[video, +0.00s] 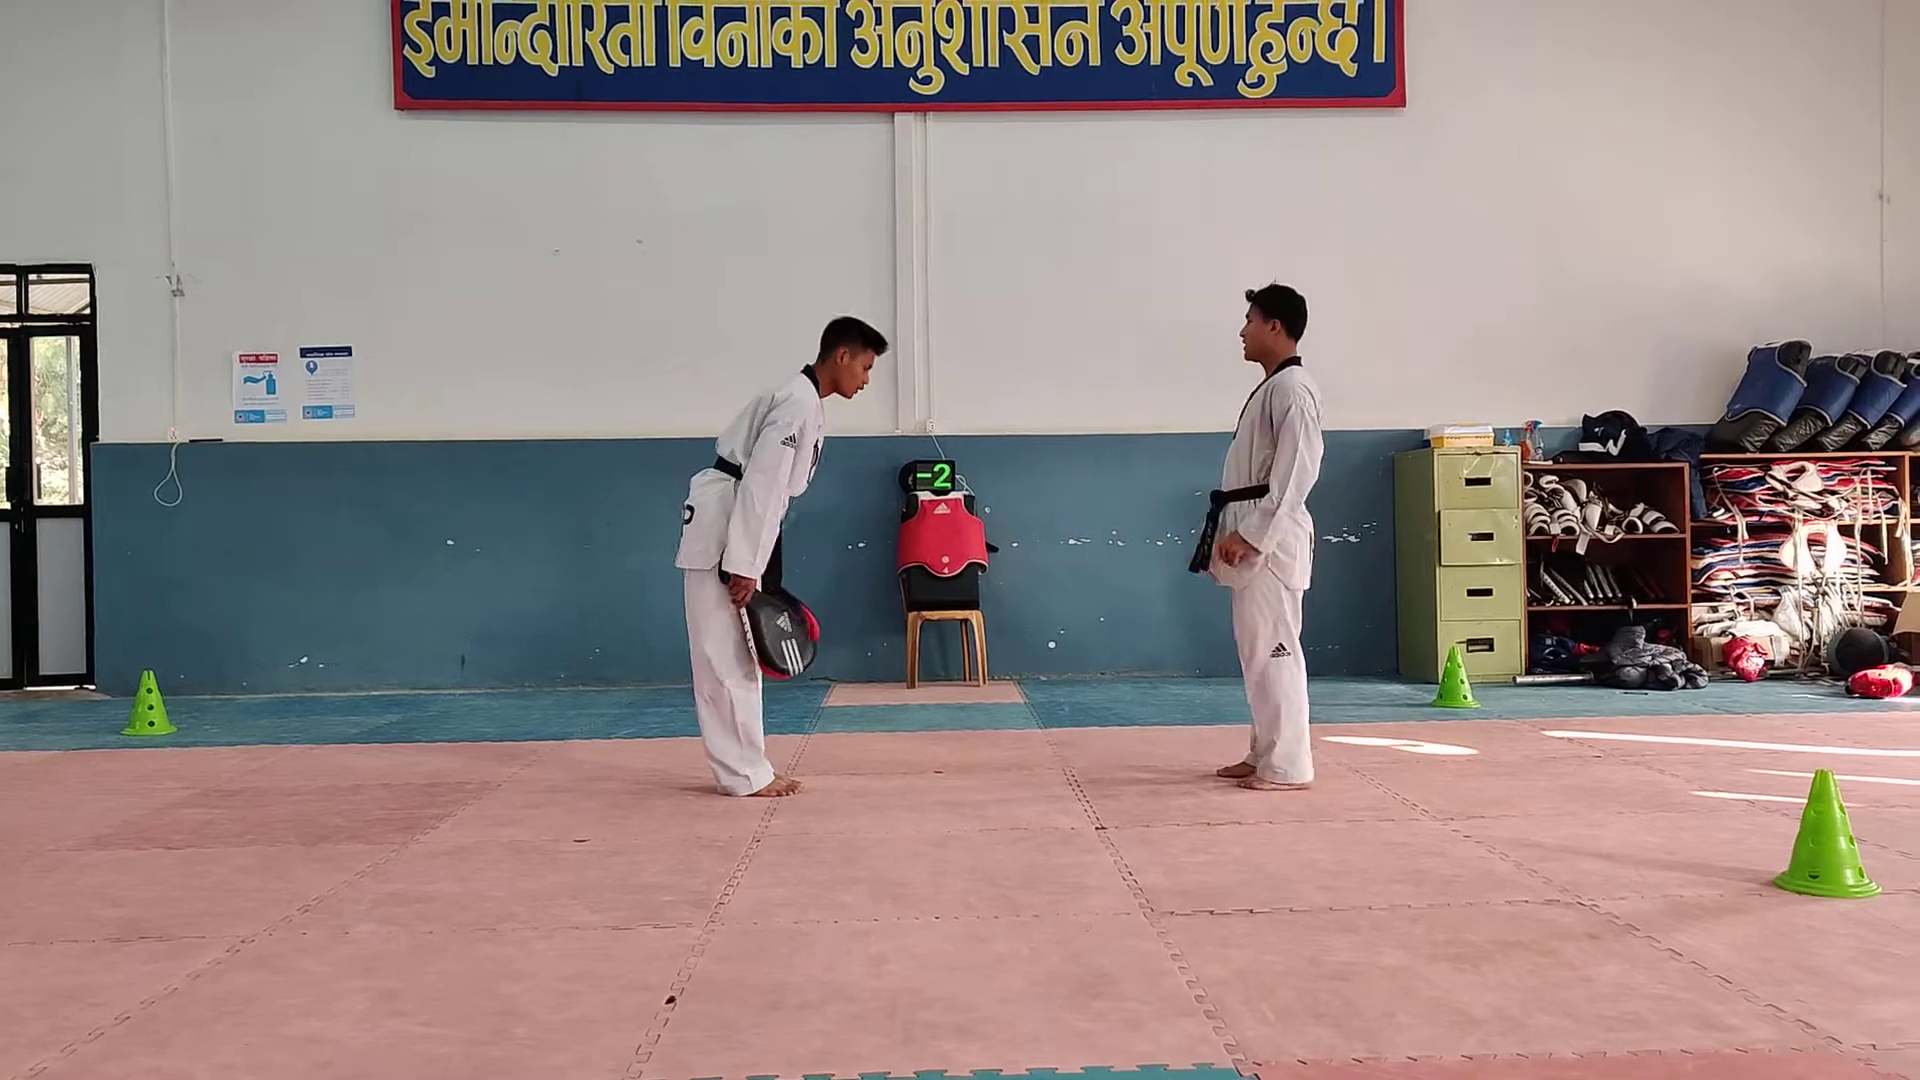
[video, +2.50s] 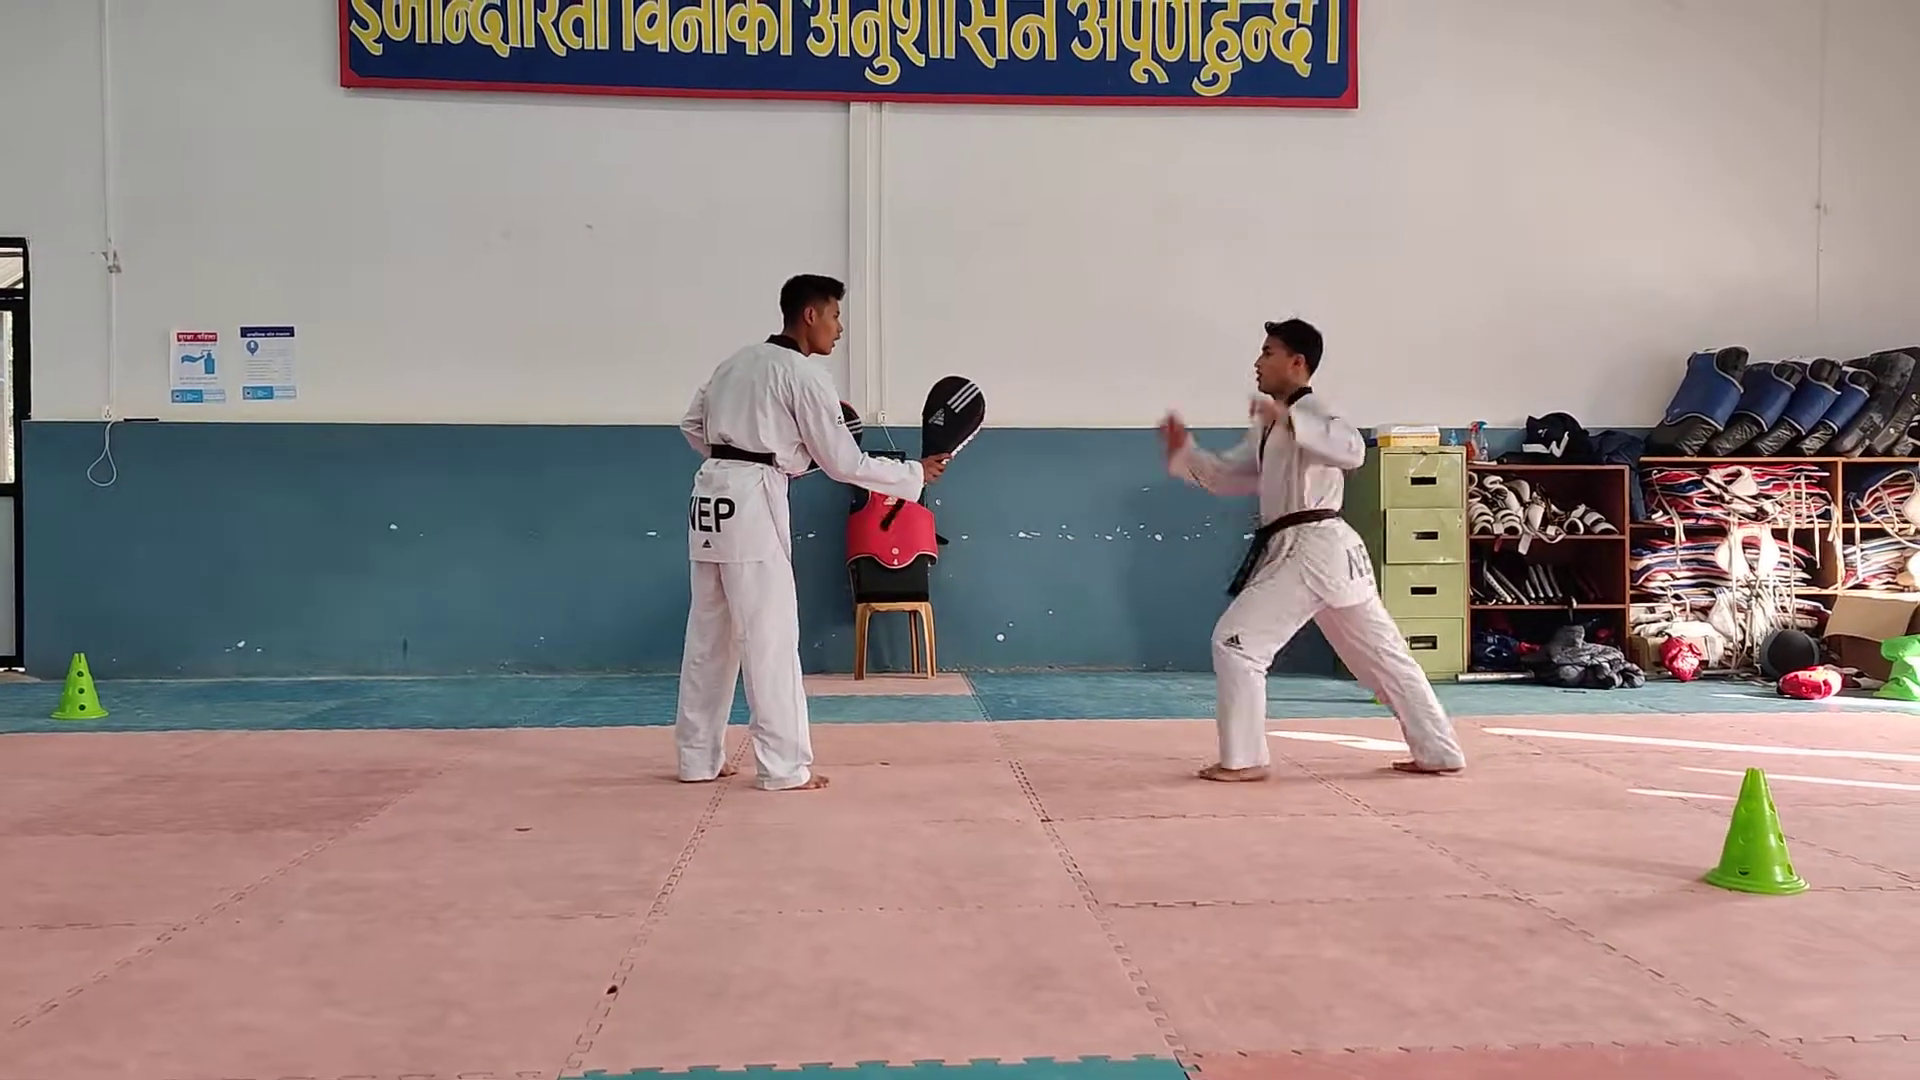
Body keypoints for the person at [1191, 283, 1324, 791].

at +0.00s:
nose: (1242, 330)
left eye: (1249, 320)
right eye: (1245, 320)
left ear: (1274, 327)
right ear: (1276, 328)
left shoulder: (1290, 389)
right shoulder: (1270, 388)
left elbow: (1296, 470)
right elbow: (1255, 472)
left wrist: (1255, 534)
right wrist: (1226, 532)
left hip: (1272, 540)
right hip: (1254, 540)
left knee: (1273, 650)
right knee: (1260, 650)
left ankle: (1287, 764)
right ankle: (1267, 755)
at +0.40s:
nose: (1253, 331)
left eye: (1258, 322)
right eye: (1256, 321)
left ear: (1273, 329)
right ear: (1299, 331)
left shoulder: (1287, 395)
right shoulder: (1317, 385)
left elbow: (1270, 482)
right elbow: (1312, 469)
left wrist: (1224, 522)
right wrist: (1242, 511)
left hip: (1303, 528)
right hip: (1325, 522)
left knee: (1298, 648)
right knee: (1301, 645)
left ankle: (1297, 768)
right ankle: (1283, 751)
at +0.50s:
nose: (1260, 333)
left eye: (1266, 324)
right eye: (1263, 323)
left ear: (1284, 330)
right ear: (1307, 333)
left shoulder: (1287, 397)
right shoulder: (1331, 388)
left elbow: (1271, 484)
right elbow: (1326, 466)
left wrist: (1227, 521)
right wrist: (1254, 496)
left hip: (1308, 529)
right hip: (1342, 523)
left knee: (1302, 650)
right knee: (1325, 648)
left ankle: (1296, 769)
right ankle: (1327, 753)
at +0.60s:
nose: (1270, 333)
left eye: (1276, 324)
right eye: (1273, 323)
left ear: (1295, 330)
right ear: (1316, 333)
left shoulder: (1296, 396)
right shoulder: (1341, 387)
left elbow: (1277, 483)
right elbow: (1330, 465)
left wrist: (1236, 515)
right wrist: (1266, 477)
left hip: (1315, 528)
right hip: (1351, 522)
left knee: (1307, 651)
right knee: (1341, 648)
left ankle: (1295, 770)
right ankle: (1370, 754)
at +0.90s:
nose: (1317, 336)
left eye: (1322, 327)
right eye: (1320, 327)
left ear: (1339, 333)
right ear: (1364, 337)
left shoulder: (1338, 394)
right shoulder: (1385, 390)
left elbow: (1333, 475)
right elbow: (1381, 466)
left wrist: (1290, 514)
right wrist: (1314, 470)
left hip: (1350, 527)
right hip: (1392, 524)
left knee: (1319, 647)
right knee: (1407, 643)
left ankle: (1292, 764)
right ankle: (1444, 751)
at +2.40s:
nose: (1274, 343)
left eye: (1283, 334)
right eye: (1276, 334)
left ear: (1313, 343)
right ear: (1310, 345)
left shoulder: (1320, 393)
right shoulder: (1312, 396)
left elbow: (1348, 463)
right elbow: (1320, 472)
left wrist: (1277, 494)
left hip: (1328, 527)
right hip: (1350, 527)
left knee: (1269, 631)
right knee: (1387, 641)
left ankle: (1258, 752)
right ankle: (1435, 741)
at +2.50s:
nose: (1258, 362)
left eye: (1267, 354)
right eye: (1261, 353)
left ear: (1297, 363)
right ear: (1291, 364)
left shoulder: (1313, 411)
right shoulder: (1272, 426)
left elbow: (1351, 451)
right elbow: (1242, 476)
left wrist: (1287, 419)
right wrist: (1188, 456)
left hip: (1308, 545)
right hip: (1325, 545)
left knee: (1236, 642)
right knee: (1382, 654)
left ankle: (1244, 759)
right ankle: (1439, 752)